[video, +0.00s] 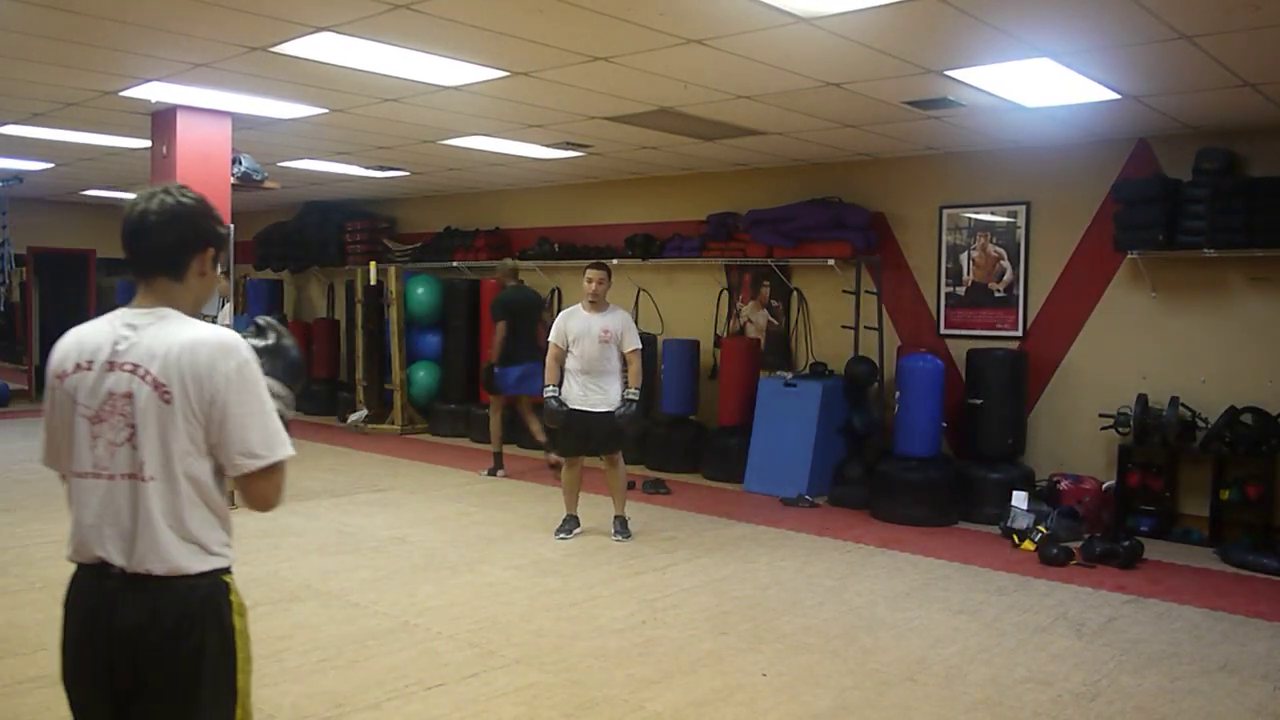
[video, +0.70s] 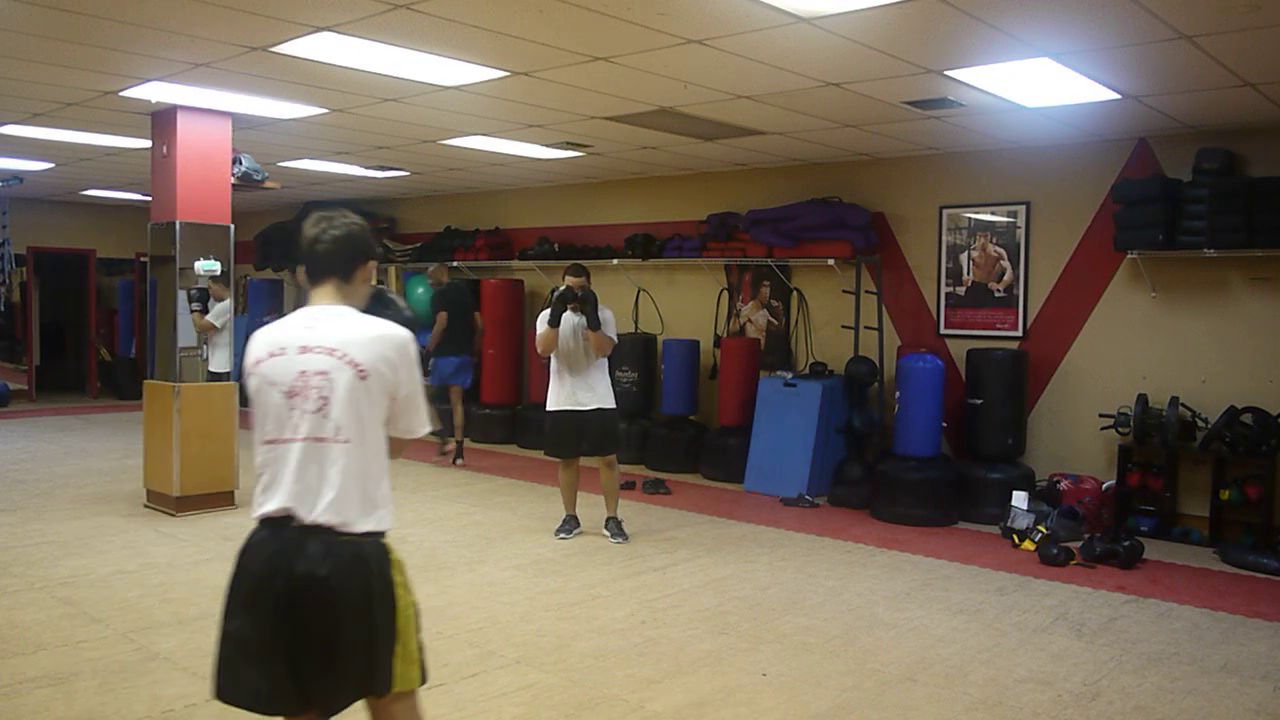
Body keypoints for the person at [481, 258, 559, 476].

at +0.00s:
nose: (497, 281)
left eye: (498, 277)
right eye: (498, 277)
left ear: (503, 278)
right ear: (517, 276)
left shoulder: (502, 299)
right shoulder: (533, 295)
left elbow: (501, 331)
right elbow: (548, 324)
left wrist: (494, 360)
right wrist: (544, 349)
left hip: (508, 361)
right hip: (532, 359)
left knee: (496, 408)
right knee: (526, 407)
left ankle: (498, 464)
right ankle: (549, 449)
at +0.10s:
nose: (489, 277)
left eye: (489, 274)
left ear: (490, 274)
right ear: (507, 272)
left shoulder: (490, 295)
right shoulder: (521, 293)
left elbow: (487, 325)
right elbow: (535, 320)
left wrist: (478, 350)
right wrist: (534, 345)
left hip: (496, 358)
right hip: (518, 356)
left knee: (493, 408)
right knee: (509, 404)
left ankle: (497, 463)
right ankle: (525, 442)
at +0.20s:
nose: (480, 277)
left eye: (479, 274)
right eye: (484, 273)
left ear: (480, 274)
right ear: (497, 273)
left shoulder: (480, 294)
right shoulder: (510, 292)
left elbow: (475, 325)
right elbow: (525, 320)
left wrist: (462, 349)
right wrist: (527, 350)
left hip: (488, 357)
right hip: (508, 355)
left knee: (489, 407)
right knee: (494, 404)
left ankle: (497, 461)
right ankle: (499, 448)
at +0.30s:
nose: (472, 278)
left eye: (472, 275)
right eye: (476, 274)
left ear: (472, 276)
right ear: (488, 276)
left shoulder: (470, 296)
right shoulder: (500, 295)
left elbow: (463, 326)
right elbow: (515, 322)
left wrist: (448, 347)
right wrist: (518, 352)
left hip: (479, 357)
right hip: (499, 355)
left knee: (485, 405)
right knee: (480, 402)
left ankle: (497, 460)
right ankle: (476, 445)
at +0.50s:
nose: (451, 277)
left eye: (453, 274)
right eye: (454, 273)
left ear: (455, 276)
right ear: (469, 276)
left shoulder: (453, 295)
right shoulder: (482, 295)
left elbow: (450, 325)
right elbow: (496, 325)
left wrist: (432, 349)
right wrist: (497, 353)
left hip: (459, 358)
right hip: (479, 356)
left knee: (458, 404)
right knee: (464, 404)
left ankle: (484, 447)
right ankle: (459, 453)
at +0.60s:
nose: (440, 278)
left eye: (441, 275)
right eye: (441, 274)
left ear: (449, 274)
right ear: (460, 275)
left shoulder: (449, 294)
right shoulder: (474, 294)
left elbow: (446, 324)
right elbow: (487, 324)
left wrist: (430, 348)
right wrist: (487, 350)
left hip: (450, 356)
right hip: (471, 355)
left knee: (439, 403)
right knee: (461, 402)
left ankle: (465, 437)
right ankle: (459, 453)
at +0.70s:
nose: (430, 283)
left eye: (431, 279)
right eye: (429, 279)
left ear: (438, 276)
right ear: (446, 274)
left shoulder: (440, 294)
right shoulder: (464, 291)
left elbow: (442, 321)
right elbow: (478, 322)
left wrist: (430, 345)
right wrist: (475, 345)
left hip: (445, 353)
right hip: (464, 352)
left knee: (428, 396)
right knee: (457, 400)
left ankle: (443, 438)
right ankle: (459, 449)